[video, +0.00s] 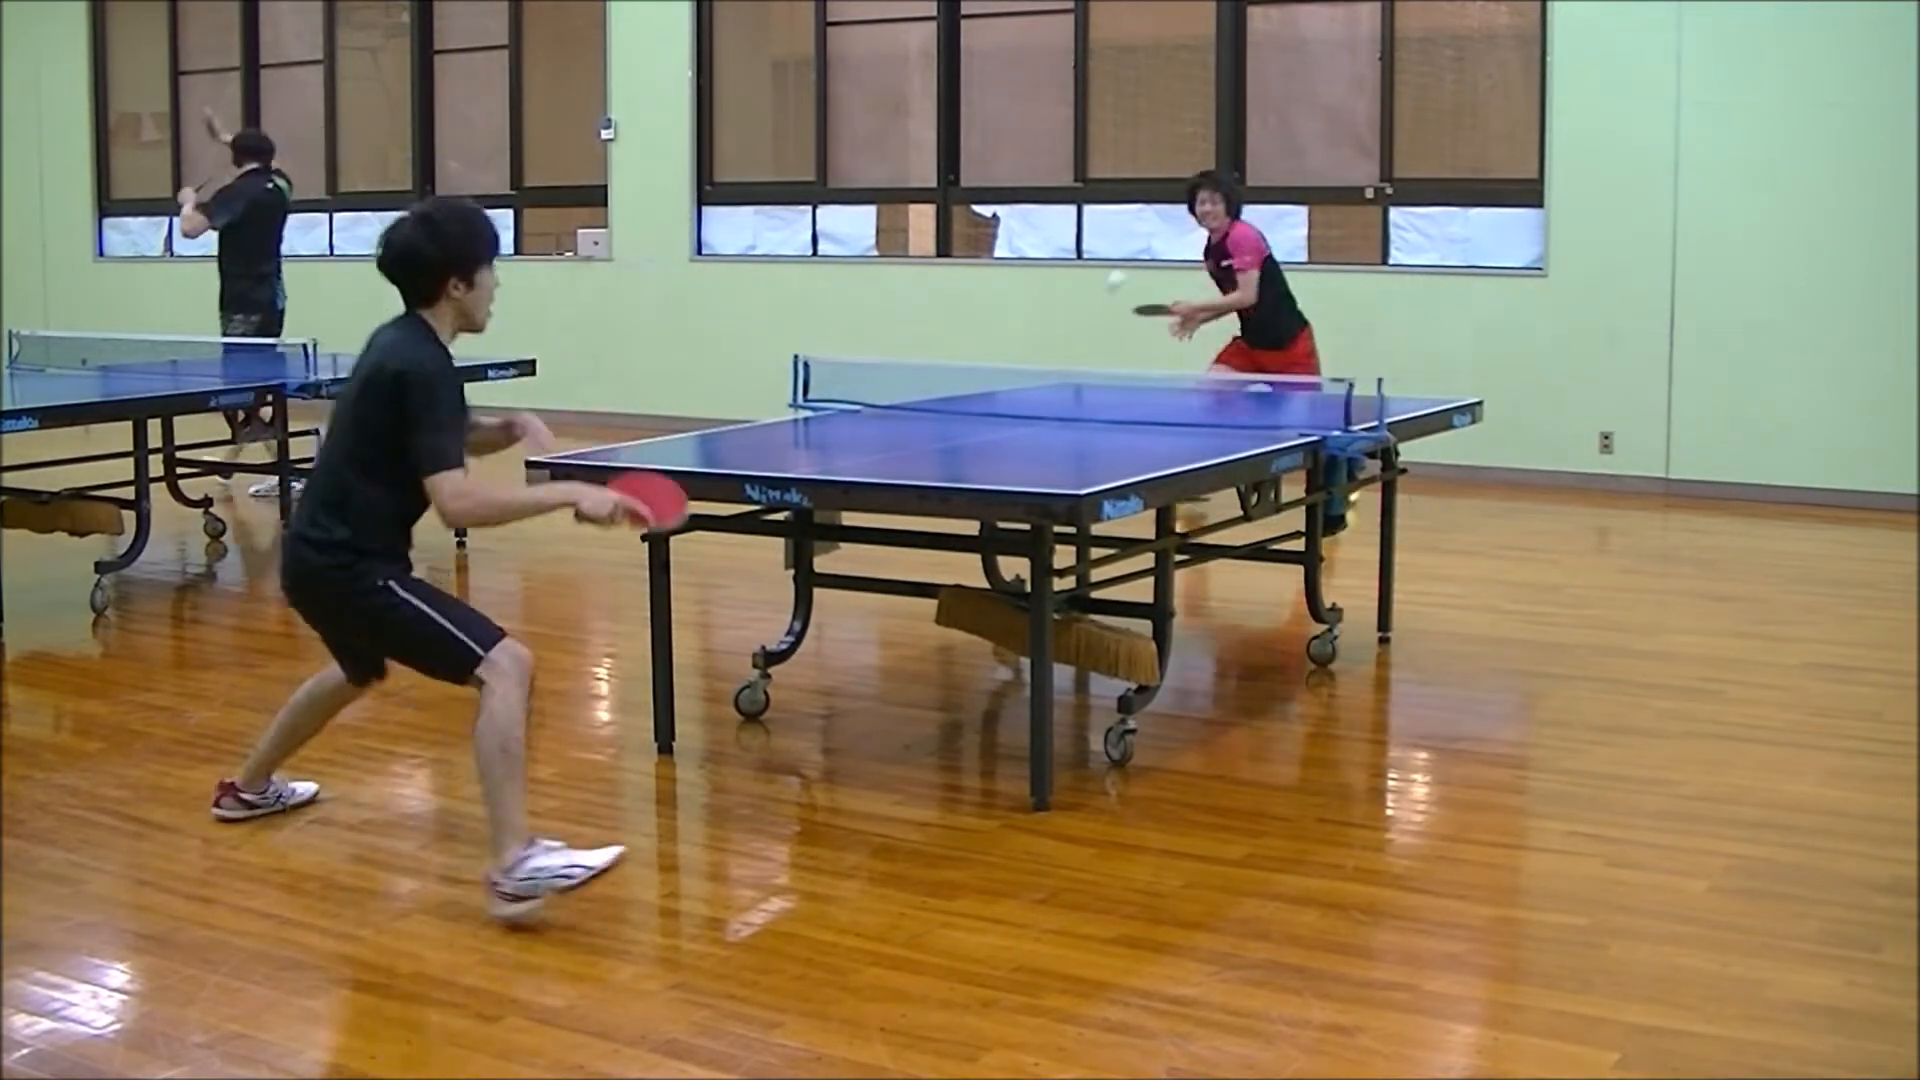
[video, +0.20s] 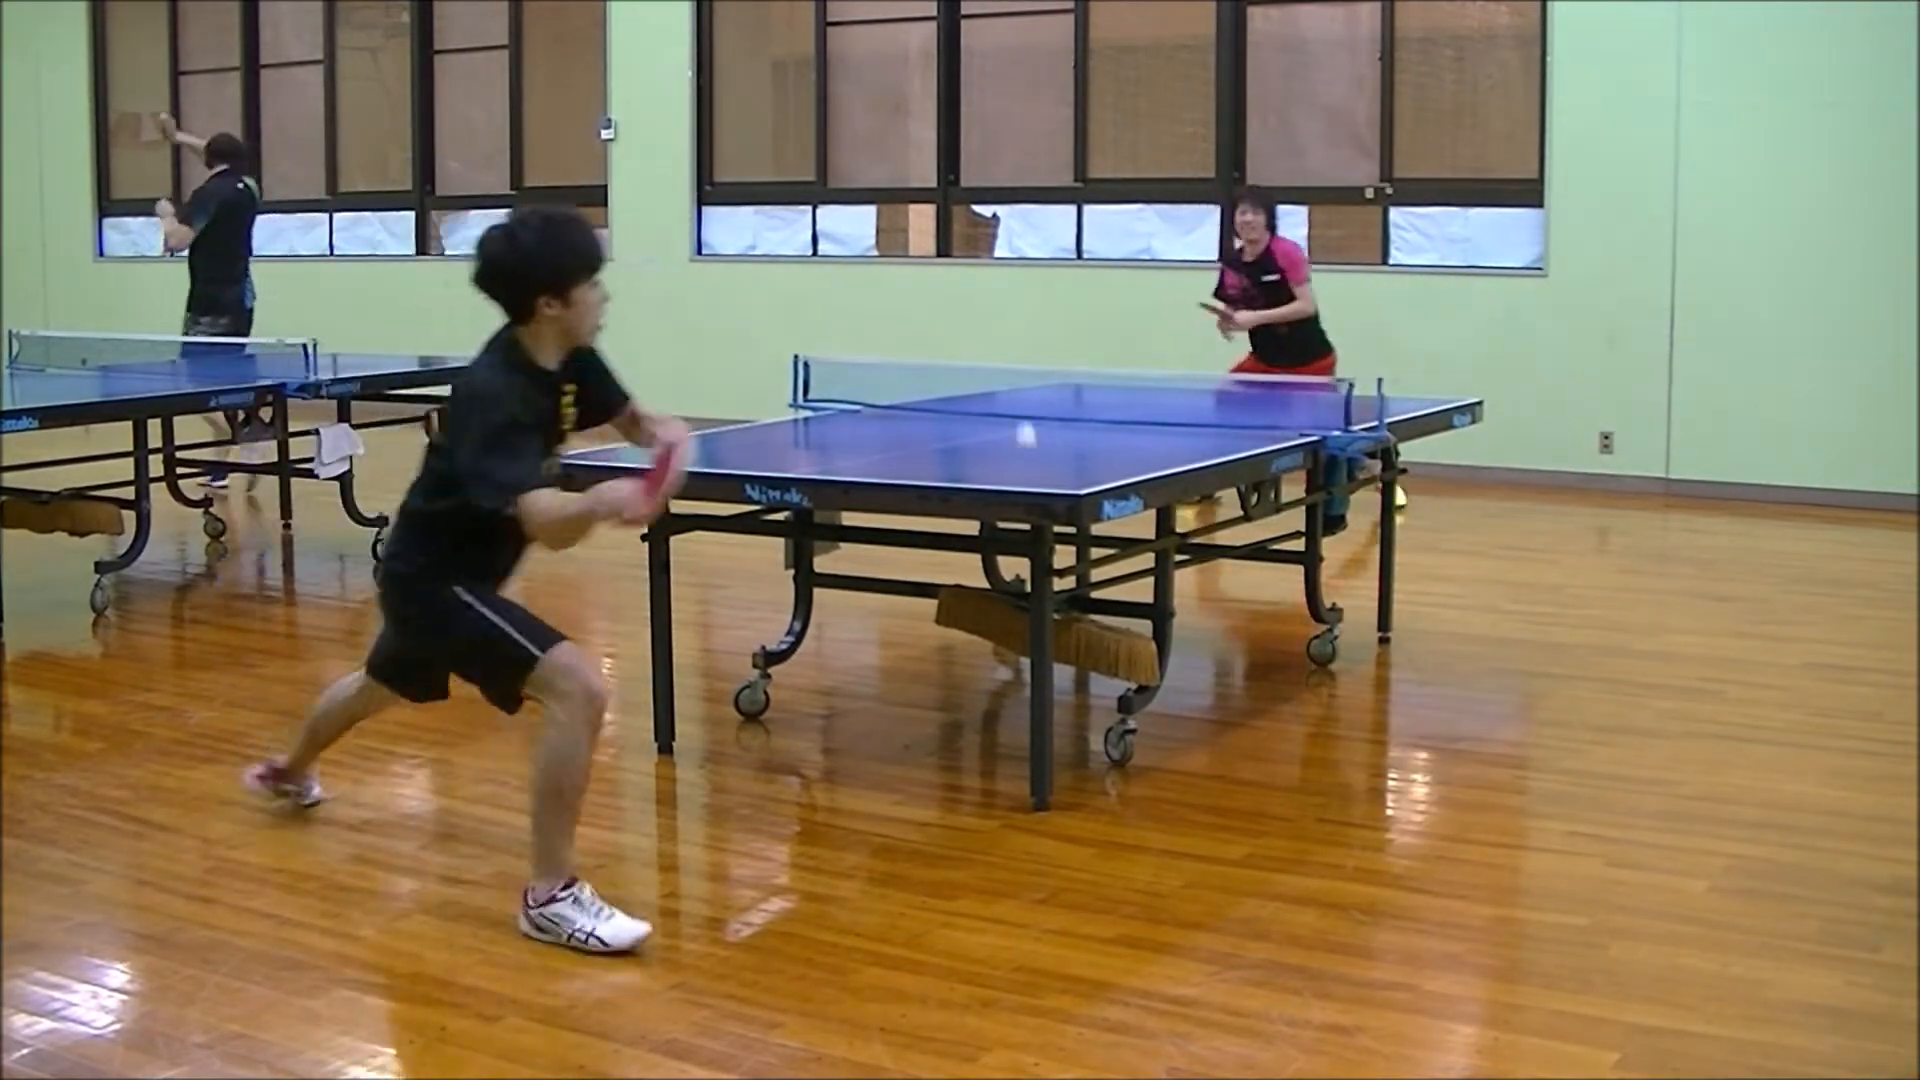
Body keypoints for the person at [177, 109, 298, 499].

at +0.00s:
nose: (234, 155)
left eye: (235, 151)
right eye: (236, 152)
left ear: (238, 157)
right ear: (267, 156)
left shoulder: (239, 192)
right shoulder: (280, 185)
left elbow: (191, 227)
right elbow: (258, 159)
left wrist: (188, 201)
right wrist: (226, 136)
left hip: (243, 304)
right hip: (270, 298)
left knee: (236, 383)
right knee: (263, 372)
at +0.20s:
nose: (204, 155)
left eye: (205, 152)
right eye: (206, 152)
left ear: (210, 158)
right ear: (238, 158)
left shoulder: (211, 193)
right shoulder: (248, 186)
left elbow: (177, 240)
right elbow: (214, 151)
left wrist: (166, 216)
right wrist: (177, 136)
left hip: (210, 305)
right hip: (238, 300)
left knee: (190, 387)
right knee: (227, 383)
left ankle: (246, 440)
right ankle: (219, 467)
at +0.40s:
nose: (171, 154)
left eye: (174, 151)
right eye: (173, 151)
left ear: (183, 157)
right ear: (203, 155)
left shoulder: (189, 186)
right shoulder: (216, 181)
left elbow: (164, 240)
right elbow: (169, 149)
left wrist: (145, 217)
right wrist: (130, 132)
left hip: (181, 300)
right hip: (212, 300)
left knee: (150, 371)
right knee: (214, 386)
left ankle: (162, 457)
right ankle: (219, 466)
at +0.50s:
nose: (153, 161)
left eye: (156, 157)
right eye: (154, 157)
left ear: (165, 162)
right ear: (186, 158)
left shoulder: (172, 190)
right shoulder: (201, 184)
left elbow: (147, 243)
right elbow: (152, 151)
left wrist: (129, 215)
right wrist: (115, 132)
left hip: (164, 305)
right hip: (198, 303)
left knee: (141, 381)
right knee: (209, 389)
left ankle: (130, 459)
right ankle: (218, 465)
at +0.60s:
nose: (133, 166)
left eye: (134, 161)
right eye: (133, 161)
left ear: (146, 162)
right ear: (166, 159)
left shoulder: (152, 194)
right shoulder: (184, 189)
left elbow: (122, 244)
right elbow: (135, 162)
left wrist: (112, 211)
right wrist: (101, 147)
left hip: (146, 307)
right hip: (180, 305)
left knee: (127, 385)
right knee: (194, 385)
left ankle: (128, 459)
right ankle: (215, 453)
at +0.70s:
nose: (108, 173)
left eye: (111, 166)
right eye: (108, 167)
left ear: (125, 164)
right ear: (146, 163)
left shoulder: (133, 194)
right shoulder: (167, 192)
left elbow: (100, 243)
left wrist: (96, 203)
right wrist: (108, 186)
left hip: (127, 307)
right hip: (157, 305)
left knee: (116, 385)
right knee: (158, 378)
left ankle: (127, 460)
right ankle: (195, 436)